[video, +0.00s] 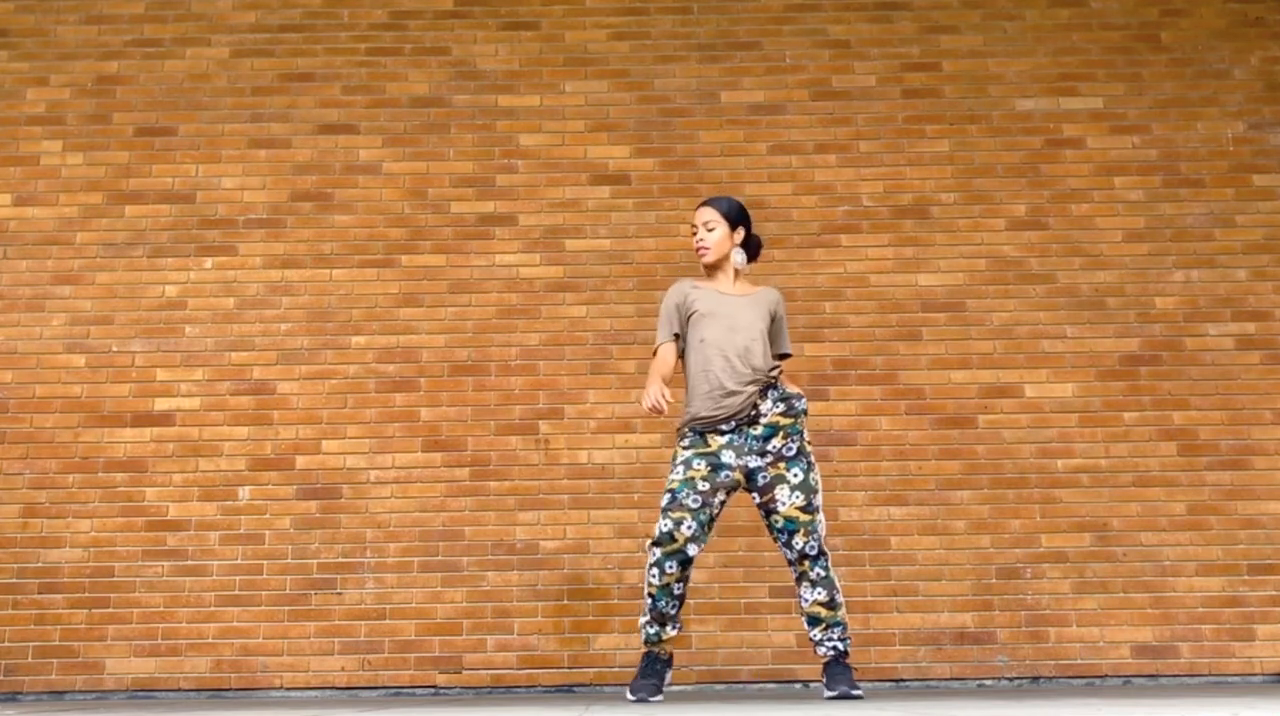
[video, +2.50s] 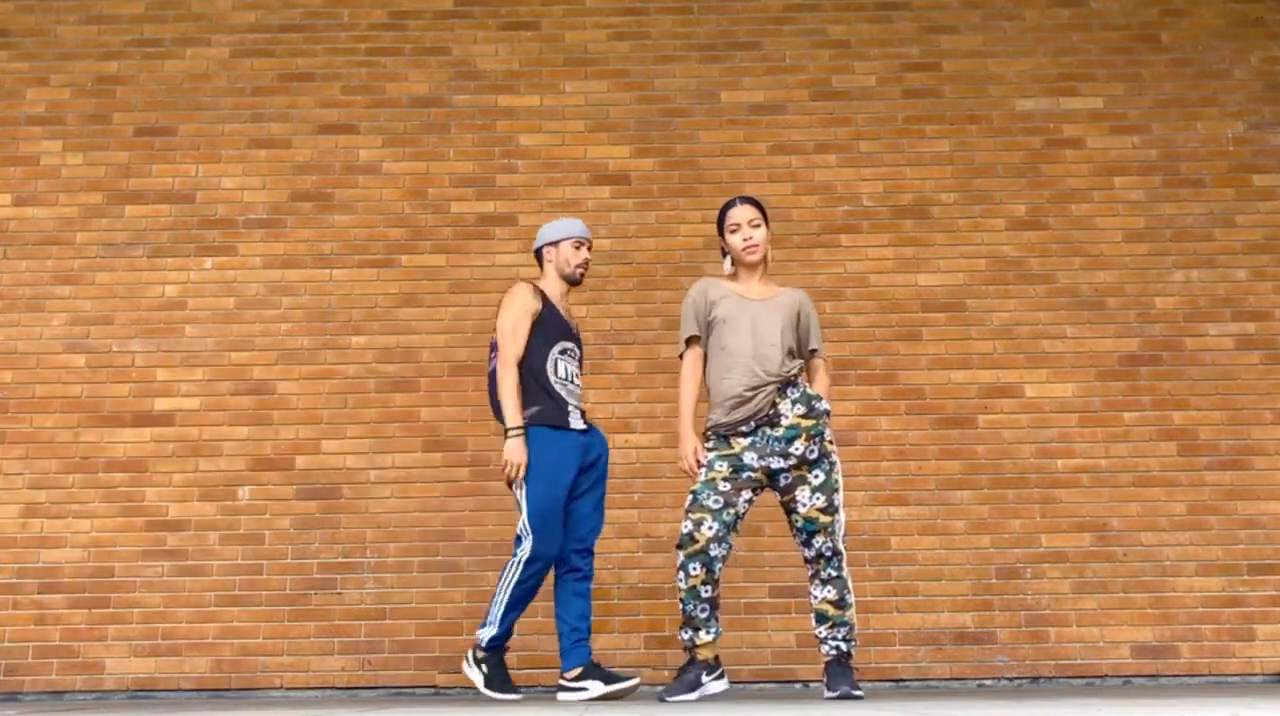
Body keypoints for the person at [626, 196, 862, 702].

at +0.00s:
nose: (698, 238)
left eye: (709, 229)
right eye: (695, 231)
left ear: (738, 236)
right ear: (694, 240)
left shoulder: (769, 299)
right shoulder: (682, 295)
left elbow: (774, 368)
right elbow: (666, 355)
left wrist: (787, 390)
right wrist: (653, 381)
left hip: (768, 433)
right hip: (704, 438)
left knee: (804, 541)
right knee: (671, 542)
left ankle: (835, 659)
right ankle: (655, 655)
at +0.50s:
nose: (703, 247)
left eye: (716, 240)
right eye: (701, 236)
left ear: (742, 251)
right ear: (696, 243)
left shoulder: (765, 306)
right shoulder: (677, 301)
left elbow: (774, 372)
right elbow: (667, 361)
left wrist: (788, 399)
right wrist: (652, 400)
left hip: (766, 436)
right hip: (704, 442)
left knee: (805, 541)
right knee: (663, 536)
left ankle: (835, 660)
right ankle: (673, 655)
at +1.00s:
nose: (725, 249)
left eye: (738, 246)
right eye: (722, 238)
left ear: (750, 257)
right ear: (709, 238)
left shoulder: (769, 299)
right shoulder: (679, 305)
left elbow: (801, 360)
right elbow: (676, 370)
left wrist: (796, 414)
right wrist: (670, 430)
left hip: (774, 432)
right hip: (712, 443)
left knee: (811, 543)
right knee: (681, 546)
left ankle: (836, 661)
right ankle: (677, 667)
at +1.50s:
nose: (756, 240)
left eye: (765, 232)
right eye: (746, 231)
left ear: (773, 240)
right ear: (727, 237)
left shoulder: (791, 295)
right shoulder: (702, 292)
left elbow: (812, 363)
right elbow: (693, 366)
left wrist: (812, 417)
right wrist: (692, 433)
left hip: (791, 428)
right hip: (727, 433)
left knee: (815, 544)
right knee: (710, 547)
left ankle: (837, 661)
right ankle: (681, 664)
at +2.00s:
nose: (754, 234)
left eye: (760, 225)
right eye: (742, 228)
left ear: (773, 233)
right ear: (727, 240)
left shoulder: (794, 303)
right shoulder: (706, 292)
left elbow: (818, 371)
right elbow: (692, 364)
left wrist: (817, 414)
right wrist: (693, 430)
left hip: (796, 435)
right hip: (731, 441)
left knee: (823, 544)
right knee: (704, 541)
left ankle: (838, 662)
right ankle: (705, 662)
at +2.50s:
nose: (747, 235)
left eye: (754, 226)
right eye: (736, 230)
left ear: (770, 234)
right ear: (724, 244)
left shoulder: (795, 300)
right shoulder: (706, 294)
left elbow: (818, 368)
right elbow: (692, 363)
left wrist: (815, 414)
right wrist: (686, 430)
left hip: (795, 433)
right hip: (730, 439)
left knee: (823, 543)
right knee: (698, 539)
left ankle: (839, 662)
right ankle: (704, 661)